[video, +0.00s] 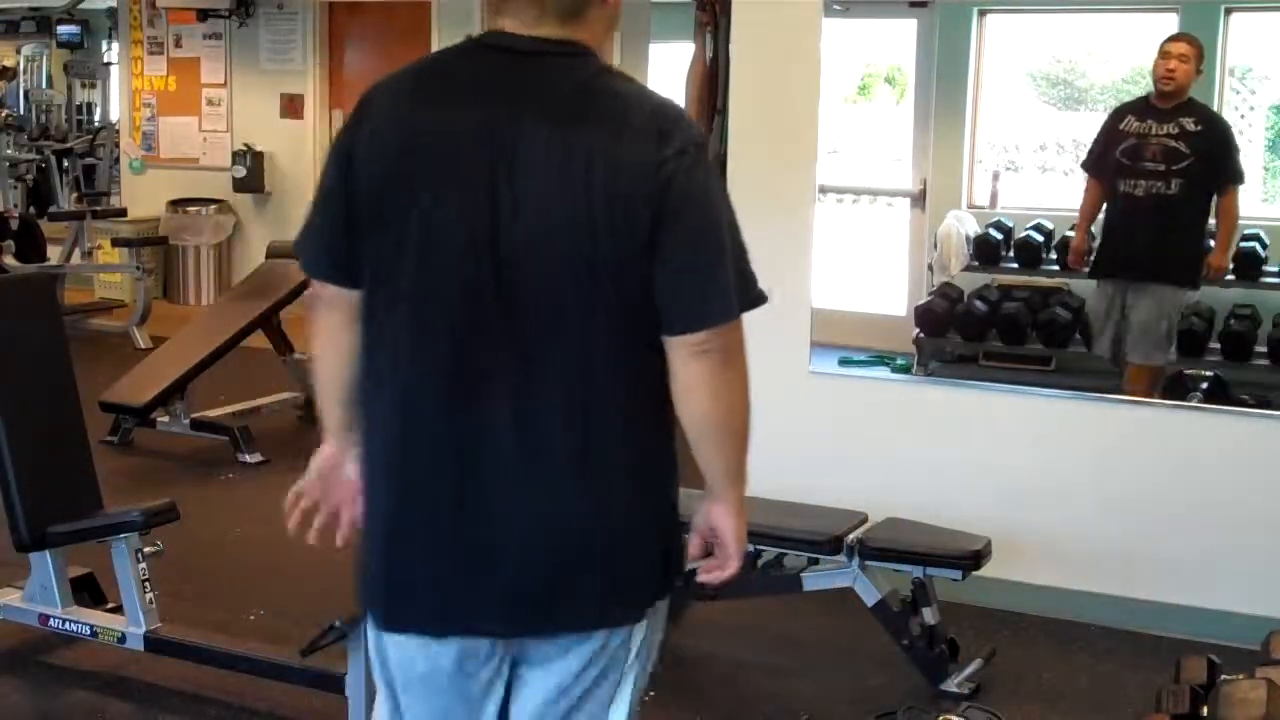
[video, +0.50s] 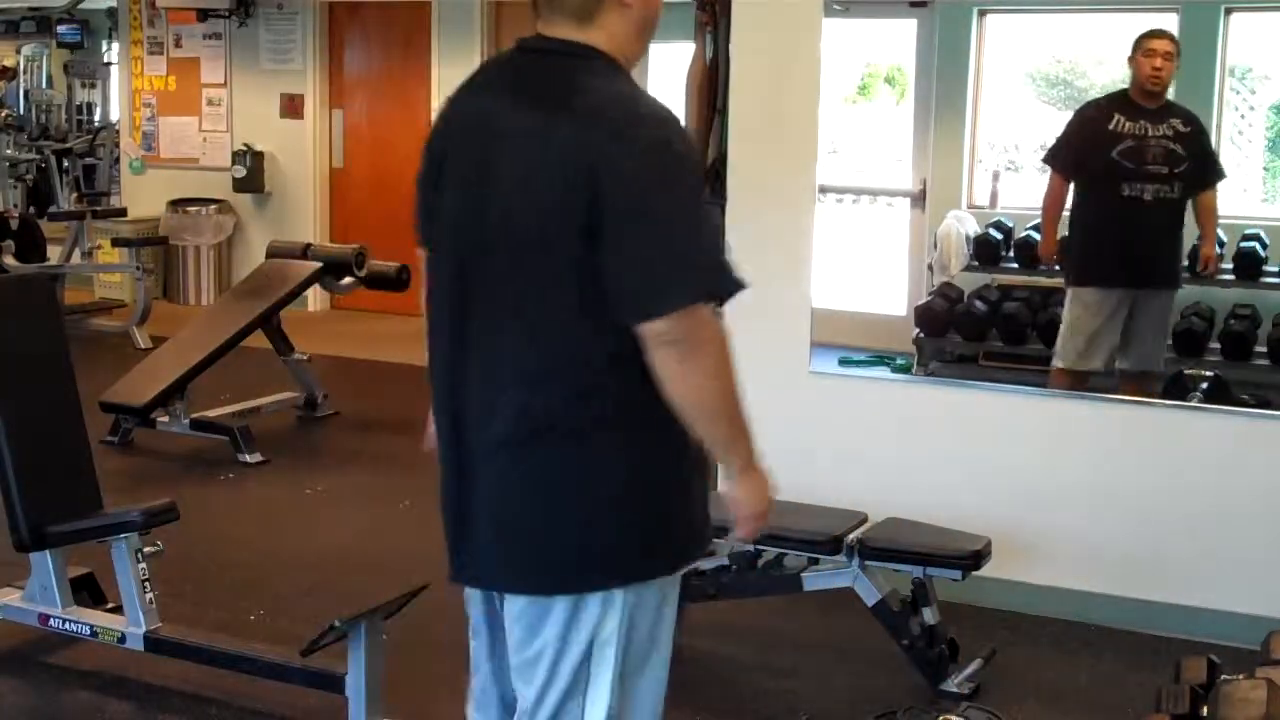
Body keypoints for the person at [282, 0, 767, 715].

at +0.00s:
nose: (617, 20)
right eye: (618, 16)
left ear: (492, 5)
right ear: (610, 9)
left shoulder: (388, 111)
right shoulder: (658, 140)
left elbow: (333, 295)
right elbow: (703, 342)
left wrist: (339, 439)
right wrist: (724, 494)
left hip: (425, 545)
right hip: (598, 553)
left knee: (420, 709)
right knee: (574, 709)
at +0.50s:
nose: (656, 18)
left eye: (656, 11)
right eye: (656, 10)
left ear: (547, 6)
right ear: (636, 7)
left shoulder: (470, 106)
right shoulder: (633, 131)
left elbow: (443, 271)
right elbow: (673, 323)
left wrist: (447, 399)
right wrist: (739, 462)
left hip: (485, 499)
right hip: (596, 520)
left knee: (499, 704)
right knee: (588, 707)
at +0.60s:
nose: (656, 18)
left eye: (657, 9)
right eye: (657, 6)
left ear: (550, 5)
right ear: (635, 5)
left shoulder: (502, 97)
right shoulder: (602, 122)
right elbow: (628, 314)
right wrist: (685, 461)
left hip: (501, 487)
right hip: (589, 506)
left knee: (516, 702)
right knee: (593, 706)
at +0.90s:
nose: (670, 14)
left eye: (669, 3)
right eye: (659, 0)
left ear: (601, 8)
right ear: (600, 1)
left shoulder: (611, 110)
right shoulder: (523, 104)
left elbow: (612, 278)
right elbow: (509, 276)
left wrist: (630, 426)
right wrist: (584, 435)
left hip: (606, 465)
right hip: (539, 475)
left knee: (604, 699)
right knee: (535, 703)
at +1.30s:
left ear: (613, 4)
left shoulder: (623, 119)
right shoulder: (450, 117)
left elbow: (656, 261)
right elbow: (408, 280)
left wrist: (709, 337)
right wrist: (460, 447)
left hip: (611, 478)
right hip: (494, 485)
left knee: (593, 701)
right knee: (461, 704)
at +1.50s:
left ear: (571, 3)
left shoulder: (587, 120)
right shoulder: (413, 113)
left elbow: (629, 270)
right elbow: (378, 285)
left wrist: (651, 236)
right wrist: (450, 448)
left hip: (579, 483)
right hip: (457, 495)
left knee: (568, 701)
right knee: (440, 703)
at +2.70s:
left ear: (601, 2)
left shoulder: (617, 118)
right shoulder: (434, 119)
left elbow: (650, 265)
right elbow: (409, 299)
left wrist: (693, 341)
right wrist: (499, 461)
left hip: (623, 498)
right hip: (491, 518)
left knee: (604, 709)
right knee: (468, 709)